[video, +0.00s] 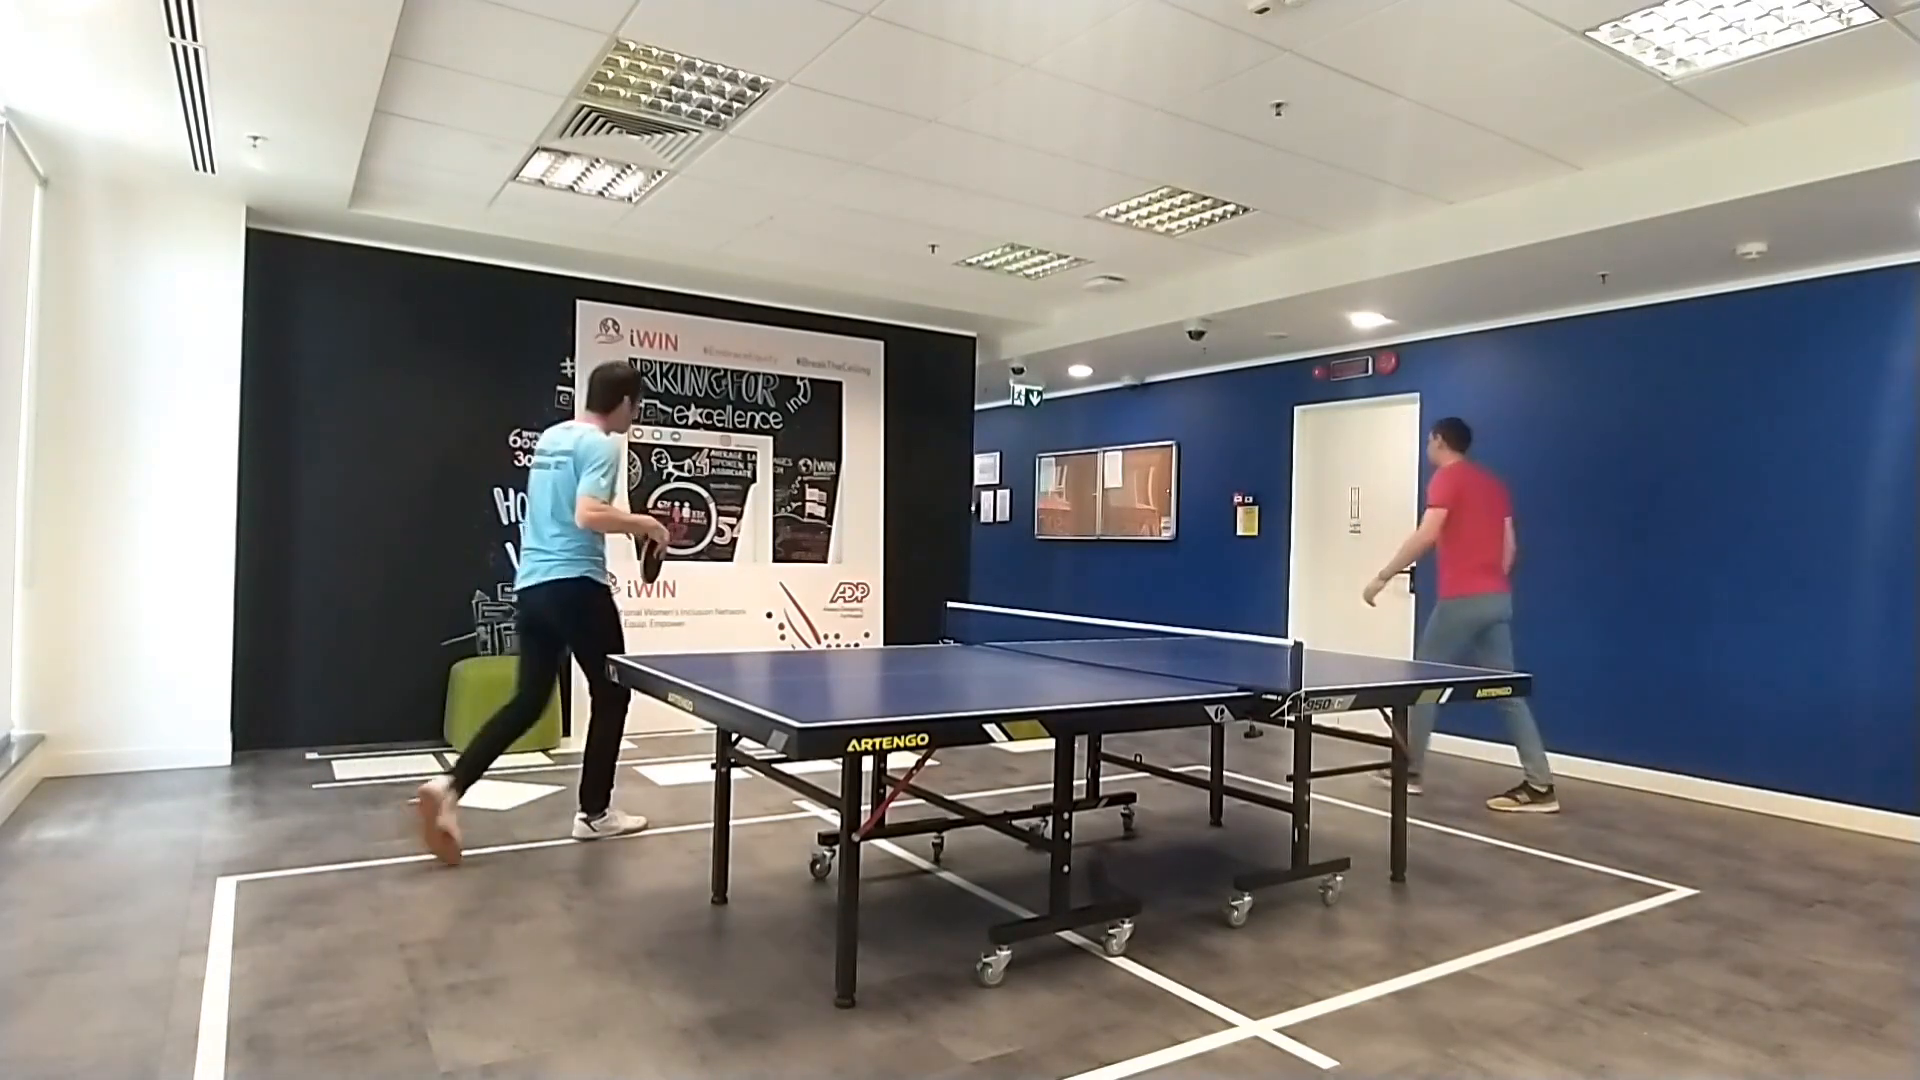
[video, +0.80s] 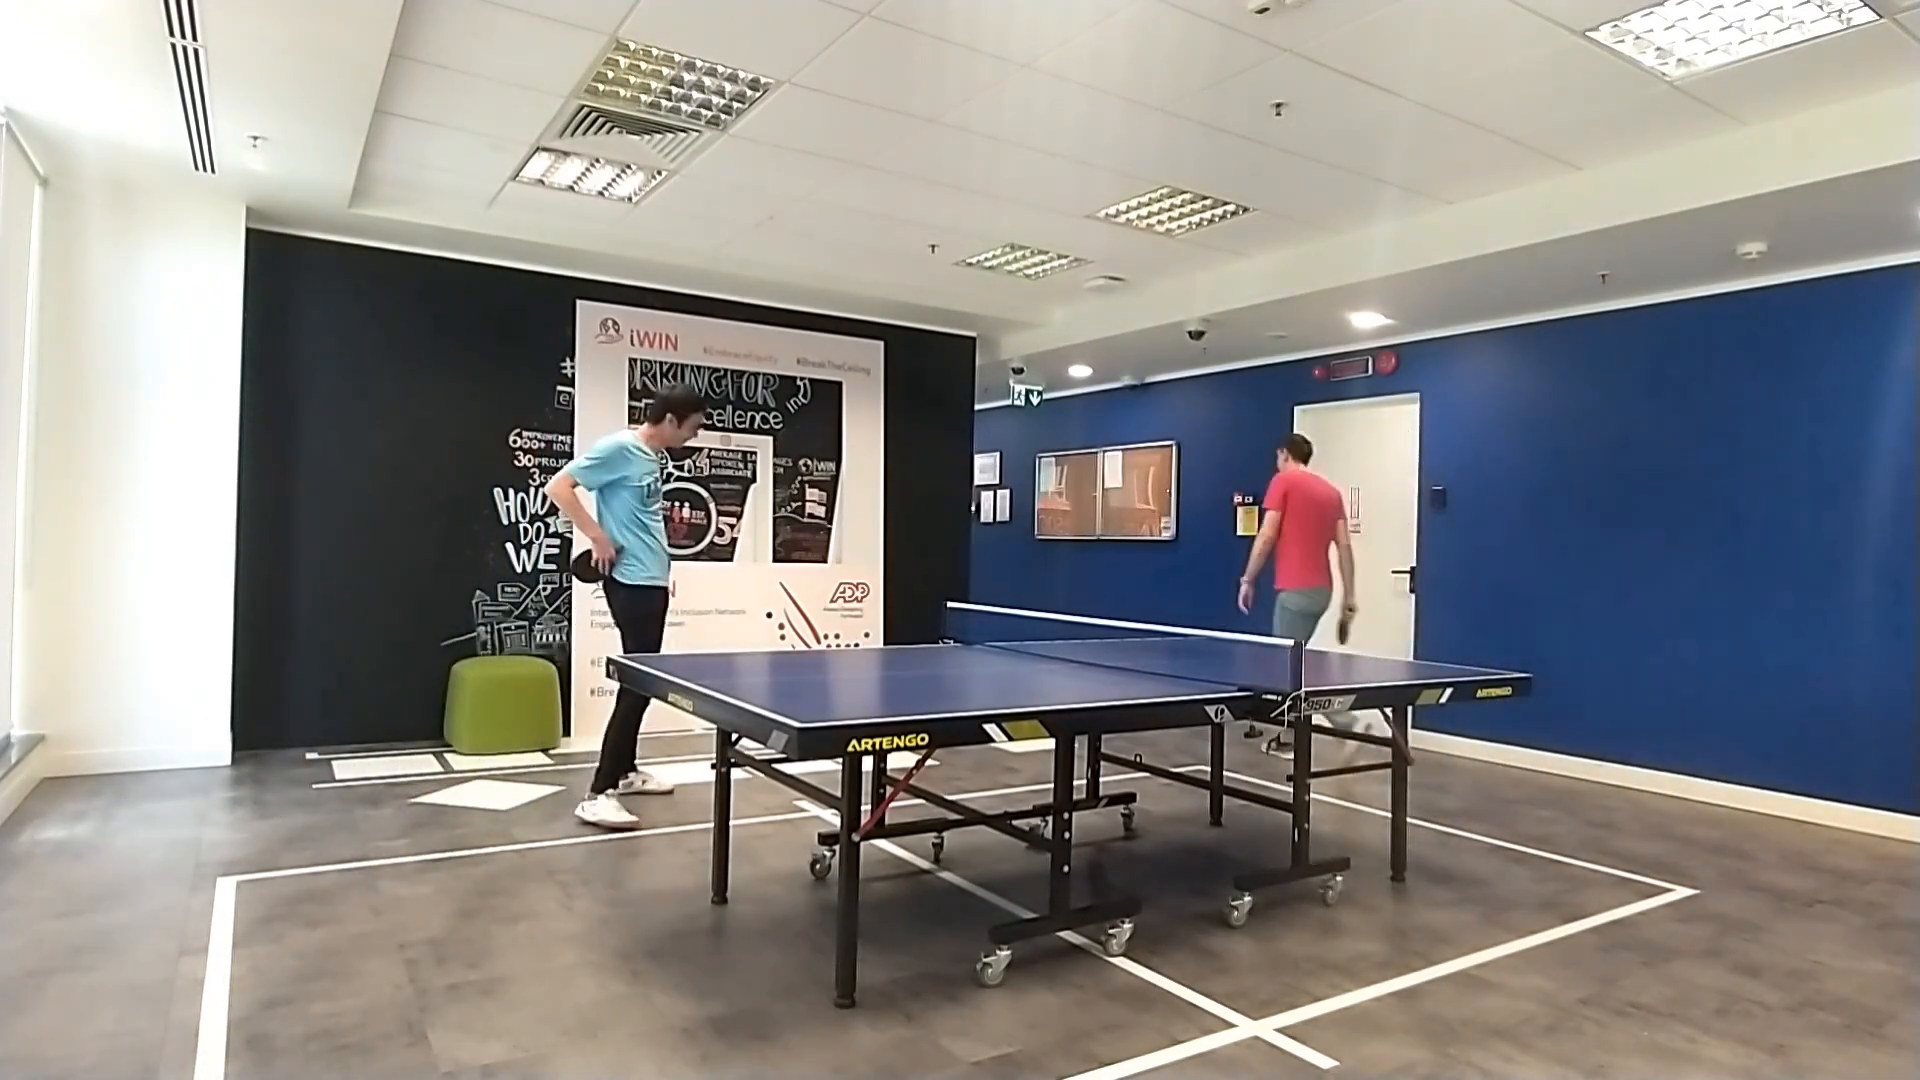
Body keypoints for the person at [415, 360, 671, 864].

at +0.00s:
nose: (636, 415)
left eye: (636, 406)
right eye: (636, 406)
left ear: (592, 397)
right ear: (624, 403)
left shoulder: (550, 437)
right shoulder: (602, 445)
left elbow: (555, 512)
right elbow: (588, 512)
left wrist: (633, 520)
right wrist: (646, 524)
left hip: (533, 590)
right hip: (579, 589)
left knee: (529, 701)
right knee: (612, 695)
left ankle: (446, 790)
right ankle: (595, 813)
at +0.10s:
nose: (652, 410)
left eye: (652, 400)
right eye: (652, 400)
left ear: (608, 393)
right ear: (640, 398)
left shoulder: (567, 435)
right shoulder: (613, 441)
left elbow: (578, 513)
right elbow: (599, 511)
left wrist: (630, 524)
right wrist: (651, 521)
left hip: (552, 579)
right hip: (591, 580)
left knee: (573, 685)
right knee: (620, 692)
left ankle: (499, 772)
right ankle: (595, 811)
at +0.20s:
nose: (662, 407)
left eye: (662, 398)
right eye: (662, 398)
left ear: (619, 390)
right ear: (651, 396)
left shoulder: (582, 432)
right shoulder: (623, 437)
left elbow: (556, 500)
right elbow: (605, 504)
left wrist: (617, 515)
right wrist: (655, 514)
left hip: (572, 572)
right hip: (604, 574)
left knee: (604, 674)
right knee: (623, 686)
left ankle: (547, 771)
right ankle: (595, 812)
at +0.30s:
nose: (673, 411)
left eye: (673, 402)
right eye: (673, 402)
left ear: (632, 393)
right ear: (663, 400)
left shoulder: (598, 434)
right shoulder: (629, 437)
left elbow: (563, 500)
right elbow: (606, 501)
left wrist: (624, 517)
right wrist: (656, 516)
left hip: (590, 570)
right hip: (612, 572)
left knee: (620, 681)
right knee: (626, 683)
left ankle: (595, 781)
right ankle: (595, 810)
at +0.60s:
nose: (687, 436)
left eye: (690, 429)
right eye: (690, 428)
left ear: (661, 417)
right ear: (679, 422)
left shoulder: (646, 457)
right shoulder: (626, 451)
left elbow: (625, 517)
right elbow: (568, 494)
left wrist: (656, 566)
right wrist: (613, 540)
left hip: (644, 585)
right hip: (634, 587)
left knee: (649, 685)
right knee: (650, 691)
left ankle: (624, 772)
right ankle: (594, 800)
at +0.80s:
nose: (691, 438)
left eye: (695, 430)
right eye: (691, 429)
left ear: (671, 422)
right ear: (669, 420)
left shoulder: (652, 457)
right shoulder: (620, 449)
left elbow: (643, 520)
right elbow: (558, 486)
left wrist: (662, 574)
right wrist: (598, 535)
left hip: (650, 581)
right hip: (630, 582)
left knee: (641, 684)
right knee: (636, 686)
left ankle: (624, 772)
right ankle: (598, 795)